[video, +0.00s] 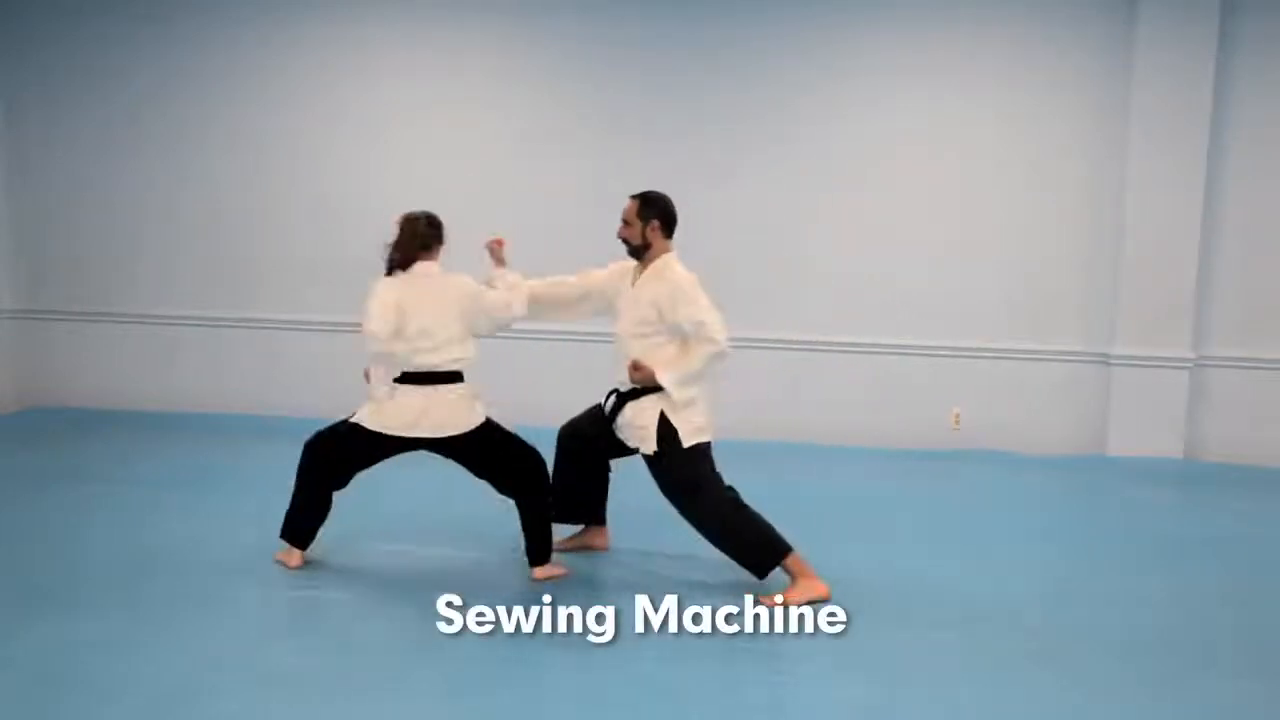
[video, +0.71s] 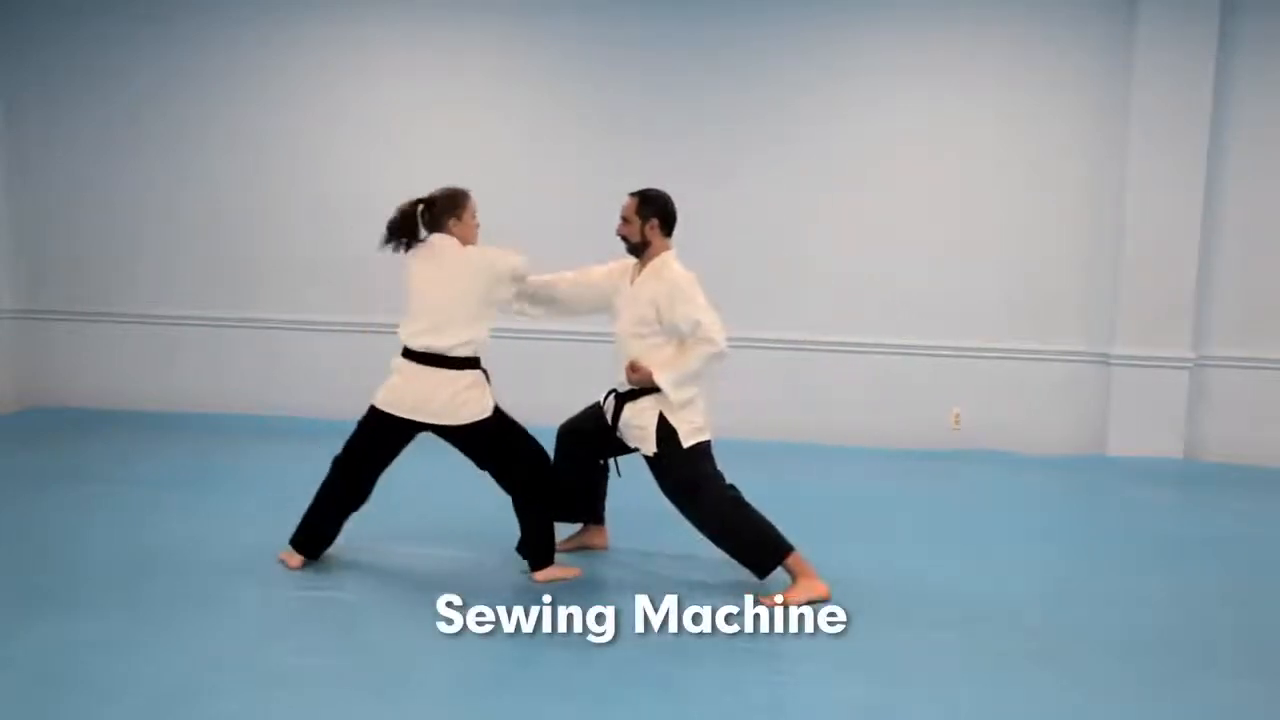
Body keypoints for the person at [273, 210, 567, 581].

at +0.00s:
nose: (397, 241)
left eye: (400, 237)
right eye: (438, 240)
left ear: (401, 244)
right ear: (440, 246)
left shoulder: (387, 288)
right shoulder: (460, 288)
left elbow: (378, 338)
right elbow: (509, 309)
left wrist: (374, 376)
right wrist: (501, 268)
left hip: (395, 416)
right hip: (455, 417)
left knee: (321, 452)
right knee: (528, 468)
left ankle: (294, 549)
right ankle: (541, 563)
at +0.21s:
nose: (444, 239)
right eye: (443, 234)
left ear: (402, 238)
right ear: (440, 239)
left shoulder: (383, 281)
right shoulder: (461, 282)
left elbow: (356, 341)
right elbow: (506, 307)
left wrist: (380, 356)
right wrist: (503, 266)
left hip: (390, 408)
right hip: (451, 410)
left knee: (322, 452)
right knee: (523, 465)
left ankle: (296, 549)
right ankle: (542, 563)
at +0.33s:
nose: (446, 233)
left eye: (443, 225)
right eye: (442, 226)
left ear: (402, 233)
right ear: (428, 232)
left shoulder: (378, 277)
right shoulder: (457, 275)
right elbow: (503, 292)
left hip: (383, 403)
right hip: (445, 406)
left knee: (322, 454)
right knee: (512, 468)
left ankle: (297, 549)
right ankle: (540, 562)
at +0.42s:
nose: (447, 228)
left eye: (444, 220)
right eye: (443, 222)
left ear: (405, 228)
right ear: (425, 227)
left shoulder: (379, 267)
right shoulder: (446, 267)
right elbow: (470, 293)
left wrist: (466, 260)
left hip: (377, 396)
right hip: (437, 400)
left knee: (322, 455)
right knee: (506, 464)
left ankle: (296, 549)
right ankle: (538, 562)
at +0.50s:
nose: (450, 226)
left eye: (448, 218)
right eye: (446, 220)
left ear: (407, 225)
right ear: (428, 225)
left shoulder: (389, 259)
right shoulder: (451, 264)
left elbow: (444, 275)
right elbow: (485, 276)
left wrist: (488, 269)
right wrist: (501, 270)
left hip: (376, 394)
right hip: (434, 399)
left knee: (325, 455)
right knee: (506, 462)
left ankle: (296, 549)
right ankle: (535, 562)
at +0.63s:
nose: (463, 228)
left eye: (461, 220)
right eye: (458, 221)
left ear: (422, 226)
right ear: (439, 226)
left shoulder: (401, 261)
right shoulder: (467, 267)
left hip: (387, 397)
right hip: (445, 404)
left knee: (336, 463)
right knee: (519, 465)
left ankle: (295, 550)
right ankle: (539, 562)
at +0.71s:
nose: (478, 226)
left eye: (476, 218)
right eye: (473, 218)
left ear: (437, 224)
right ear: (454, 223)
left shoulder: (417, 258)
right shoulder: (489, 264)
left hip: (403, 395)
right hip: (460, 403)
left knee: (351, 469)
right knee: (530, 467)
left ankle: (300, 550)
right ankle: (542, 563)